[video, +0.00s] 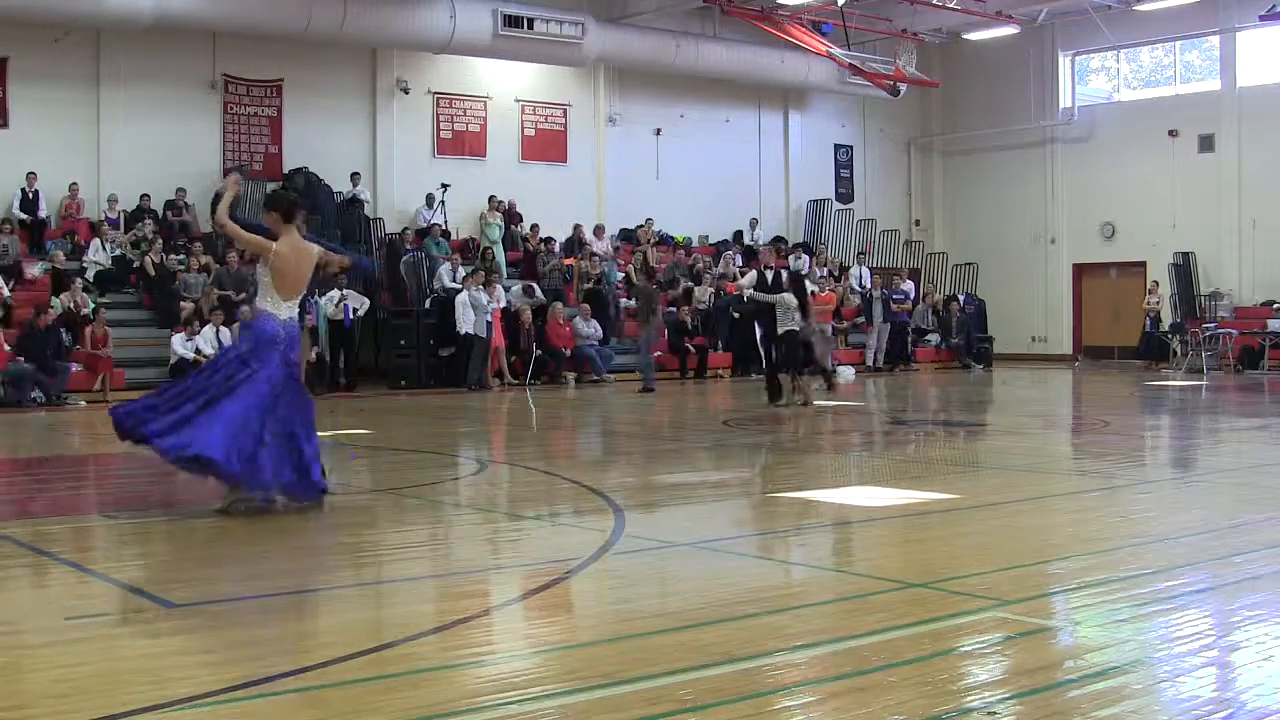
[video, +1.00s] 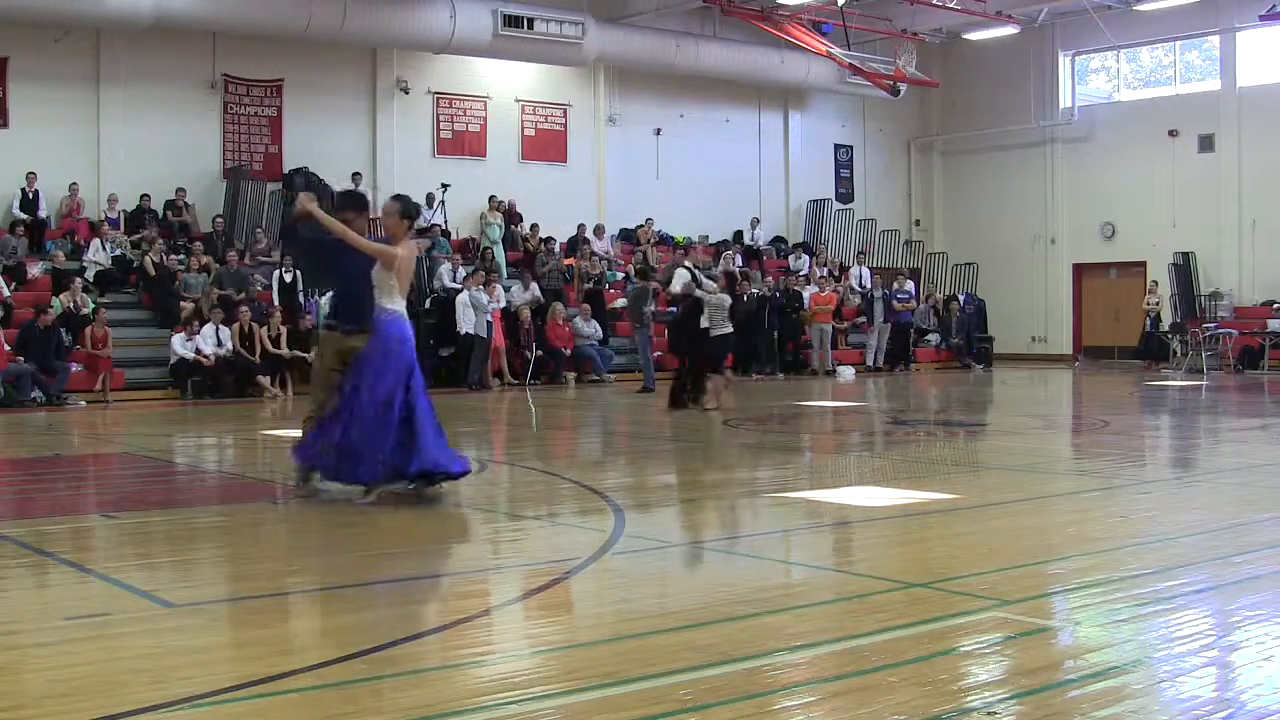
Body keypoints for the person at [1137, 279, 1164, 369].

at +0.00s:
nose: (1152, 288)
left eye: (1154, 286)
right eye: (1151, 286)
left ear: (1157, 287)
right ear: (1150, 287)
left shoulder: (1160, 296)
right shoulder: (1148, 296)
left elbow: (1160, 308)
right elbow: (1144, 306)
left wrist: (1149, 307)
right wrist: (1153, 307)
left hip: (1156, 318)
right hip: (1149, 318)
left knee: (1156, 337)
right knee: (1148, 337)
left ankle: (1156, 361)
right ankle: (1149, 360)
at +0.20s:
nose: (1152, 288)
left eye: (1153, 286)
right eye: (1151, 286)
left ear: (1157, 287)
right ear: (1149, 287)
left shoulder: (1160, 296)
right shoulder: (1147, 296)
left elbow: (1160, 307)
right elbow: (1144, 306)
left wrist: (1149, 308)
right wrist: (1154, 307)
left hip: (1156, 317)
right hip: (1148, 317)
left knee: (1156, 338)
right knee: (1148, 337)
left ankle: (1156, 361)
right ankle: (1149, 360)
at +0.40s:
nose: (1151, 288)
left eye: (1153, 286)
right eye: (1150, 286)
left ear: (1157, 287)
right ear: (1149, 287)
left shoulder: (1160, 296)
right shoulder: (1147, 296)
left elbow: (1160, 308)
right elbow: (1143, 306)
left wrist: (1149, 308)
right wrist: (1153, 307)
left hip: (1156, 318)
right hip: (1148, 318)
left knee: (1156, 338)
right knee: (1148, 337)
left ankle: (1156, 361)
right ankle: (1149, 360)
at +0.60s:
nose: (1151, 288)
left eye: (1153, 286)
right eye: (1150, 286)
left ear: (1157, 287)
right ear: (1149, 287)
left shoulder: (1159, 296)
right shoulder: (1147, 296)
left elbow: (1160, 308)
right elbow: (1143, 306)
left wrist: (1149, 308)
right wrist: (1153, 307)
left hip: (1156, 318)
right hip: (1148, 318)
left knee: (1156, 338)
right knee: (1148, 337)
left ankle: (1156, 361)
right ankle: (1149, 360)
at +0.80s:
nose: (1151, 288)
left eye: (1153, 286)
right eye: (1150, 286)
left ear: (1157, 287)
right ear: (1149, 287)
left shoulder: (1159, 296)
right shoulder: (1147, 296)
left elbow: (1160, 307)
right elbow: (1143, 306)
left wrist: (1149, 308)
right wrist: (1153, 307)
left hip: (1156, 317)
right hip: (1148, 317)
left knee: (1156, 337)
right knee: (1147, 337)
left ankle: (1156, 360)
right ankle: (1148, 360)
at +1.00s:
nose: (1151, 288)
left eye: (1153, 286)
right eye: (1150, 286)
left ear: (1157, 287)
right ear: (1149, 287)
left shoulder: (1159, 296)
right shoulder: (1147, 296)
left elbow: (1160, 308)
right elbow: (1143, 306)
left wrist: (1149, 308)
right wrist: (1153, 307)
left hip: (1156, 318)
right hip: (1148, 318)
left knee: (1156, 337)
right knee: (1147, 337)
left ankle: (1155, 360)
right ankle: (1147, 360)